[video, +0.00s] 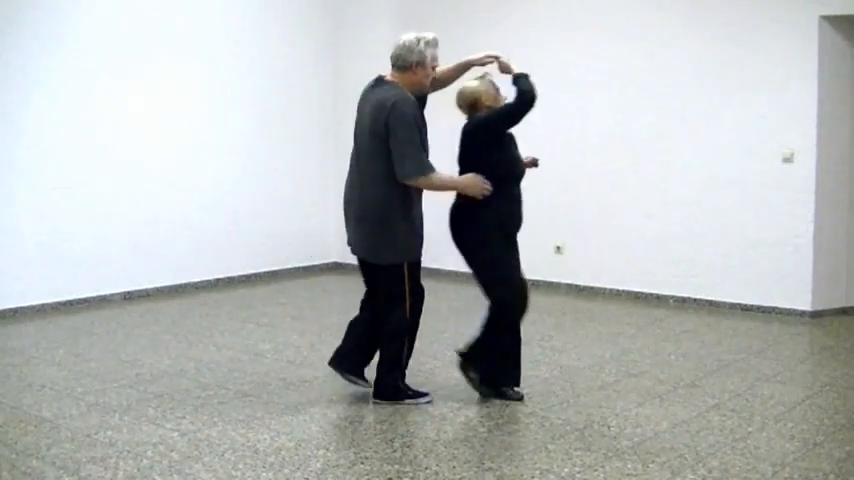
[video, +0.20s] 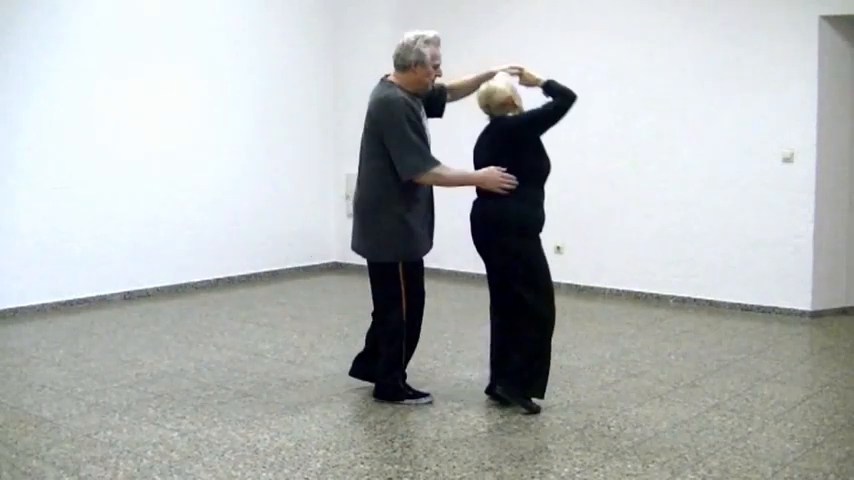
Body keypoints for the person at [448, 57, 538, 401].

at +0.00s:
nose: (500, 93)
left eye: (497, 89)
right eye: (494, 90)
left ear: (477, 101)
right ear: (486, 98)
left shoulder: (491, 129)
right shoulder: (481, 128)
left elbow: (493, 168)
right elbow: (525, 101)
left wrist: (521, 164)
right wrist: (517, 73)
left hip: (493, 223)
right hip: (479, 224)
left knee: (511, 297)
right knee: (511, 297)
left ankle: (498, 378)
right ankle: (474, 360)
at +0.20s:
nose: (519, 95)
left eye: (516, 91)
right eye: (516, 92)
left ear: (486, 106)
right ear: (513, 100)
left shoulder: (486, 138)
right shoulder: (521, 127)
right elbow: (566, 98)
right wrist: (539, 81)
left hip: (488, 230)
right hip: (517, 232)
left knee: (505, 303)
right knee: (539, 306)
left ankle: (500, 382)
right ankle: (519, 388)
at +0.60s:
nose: (513, 108)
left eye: (515, 104)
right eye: (518, 104)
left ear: (519, 107)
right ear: (550, 105)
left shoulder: (508, 137)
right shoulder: (568, 135)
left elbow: (488, 187)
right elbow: (577, 174)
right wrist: (542, 176)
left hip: (517, 228)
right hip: (565, 229)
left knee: (516, 309)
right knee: (567, 307)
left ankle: (512, 394)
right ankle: (575, 400)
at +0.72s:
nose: (525, 110)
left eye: (527, 105)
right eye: (526, 104)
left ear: (537, 109)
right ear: (560, 110)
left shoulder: (526, 142)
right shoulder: (581, 144)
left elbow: (500, 197)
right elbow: (575, 189)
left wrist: (474, 181)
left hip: (533, 239)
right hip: (579, 239)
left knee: (522, 315)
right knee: (578, 318)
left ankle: (513, 394)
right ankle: (582, 405)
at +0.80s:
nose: (532, 110)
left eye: (535, 105)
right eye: (534, 104)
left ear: (545, 109)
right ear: (568, 111)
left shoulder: (536, 141)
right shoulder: (586, 143)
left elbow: (505, 193)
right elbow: (562, 190)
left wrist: (472, 183)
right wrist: (510, 195)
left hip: (543, 241)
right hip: (588, 241)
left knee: (525, 317)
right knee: (583, 326)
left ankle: (511, 394)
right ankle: (583, 407)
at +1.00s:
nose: (543, 103)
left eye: (546, 97)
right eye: (545, 96)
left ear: (555, 102)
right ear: (579, 104)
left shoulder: (548, 136)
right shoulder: (597, 139)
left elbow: (512, 185)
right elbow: (584, 186)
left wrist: (475, 177)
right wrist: (544, 208)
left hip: (556, 233)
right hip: (600, 234)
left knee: (534, 306)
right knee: (590, 321)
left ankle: (549, 387)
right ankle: (583, 409)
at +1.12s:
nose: (546, 106)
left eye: (549, 101)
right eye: (547, 100)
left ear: (557, 106)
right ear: (584, 107)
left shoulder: (550, 140)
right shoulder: (603, 144)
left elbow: (515, 190)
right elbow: (614, 199)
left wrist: (476, 184)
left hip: (558, 245)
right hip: (601, 247)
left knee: (547, 321)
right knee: (588, 326)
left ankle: (557, 406)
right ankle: (585, 409)